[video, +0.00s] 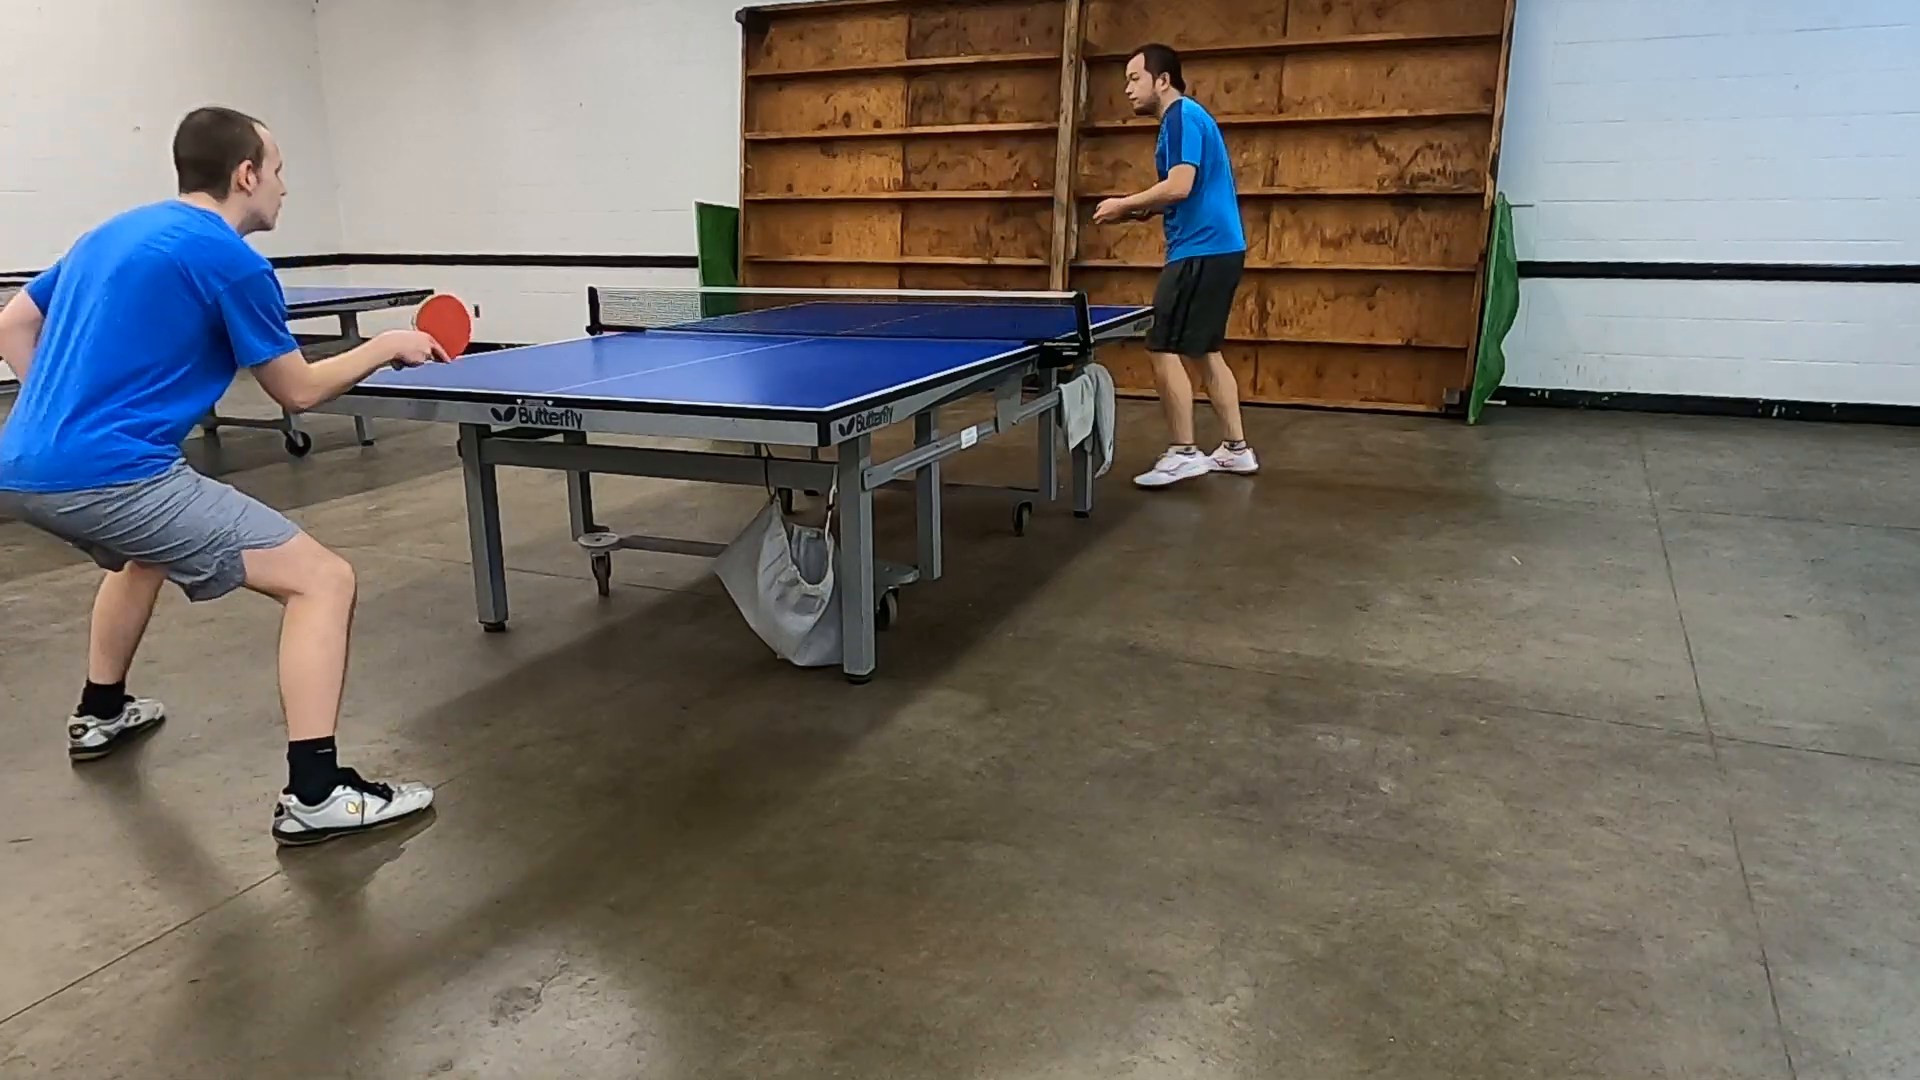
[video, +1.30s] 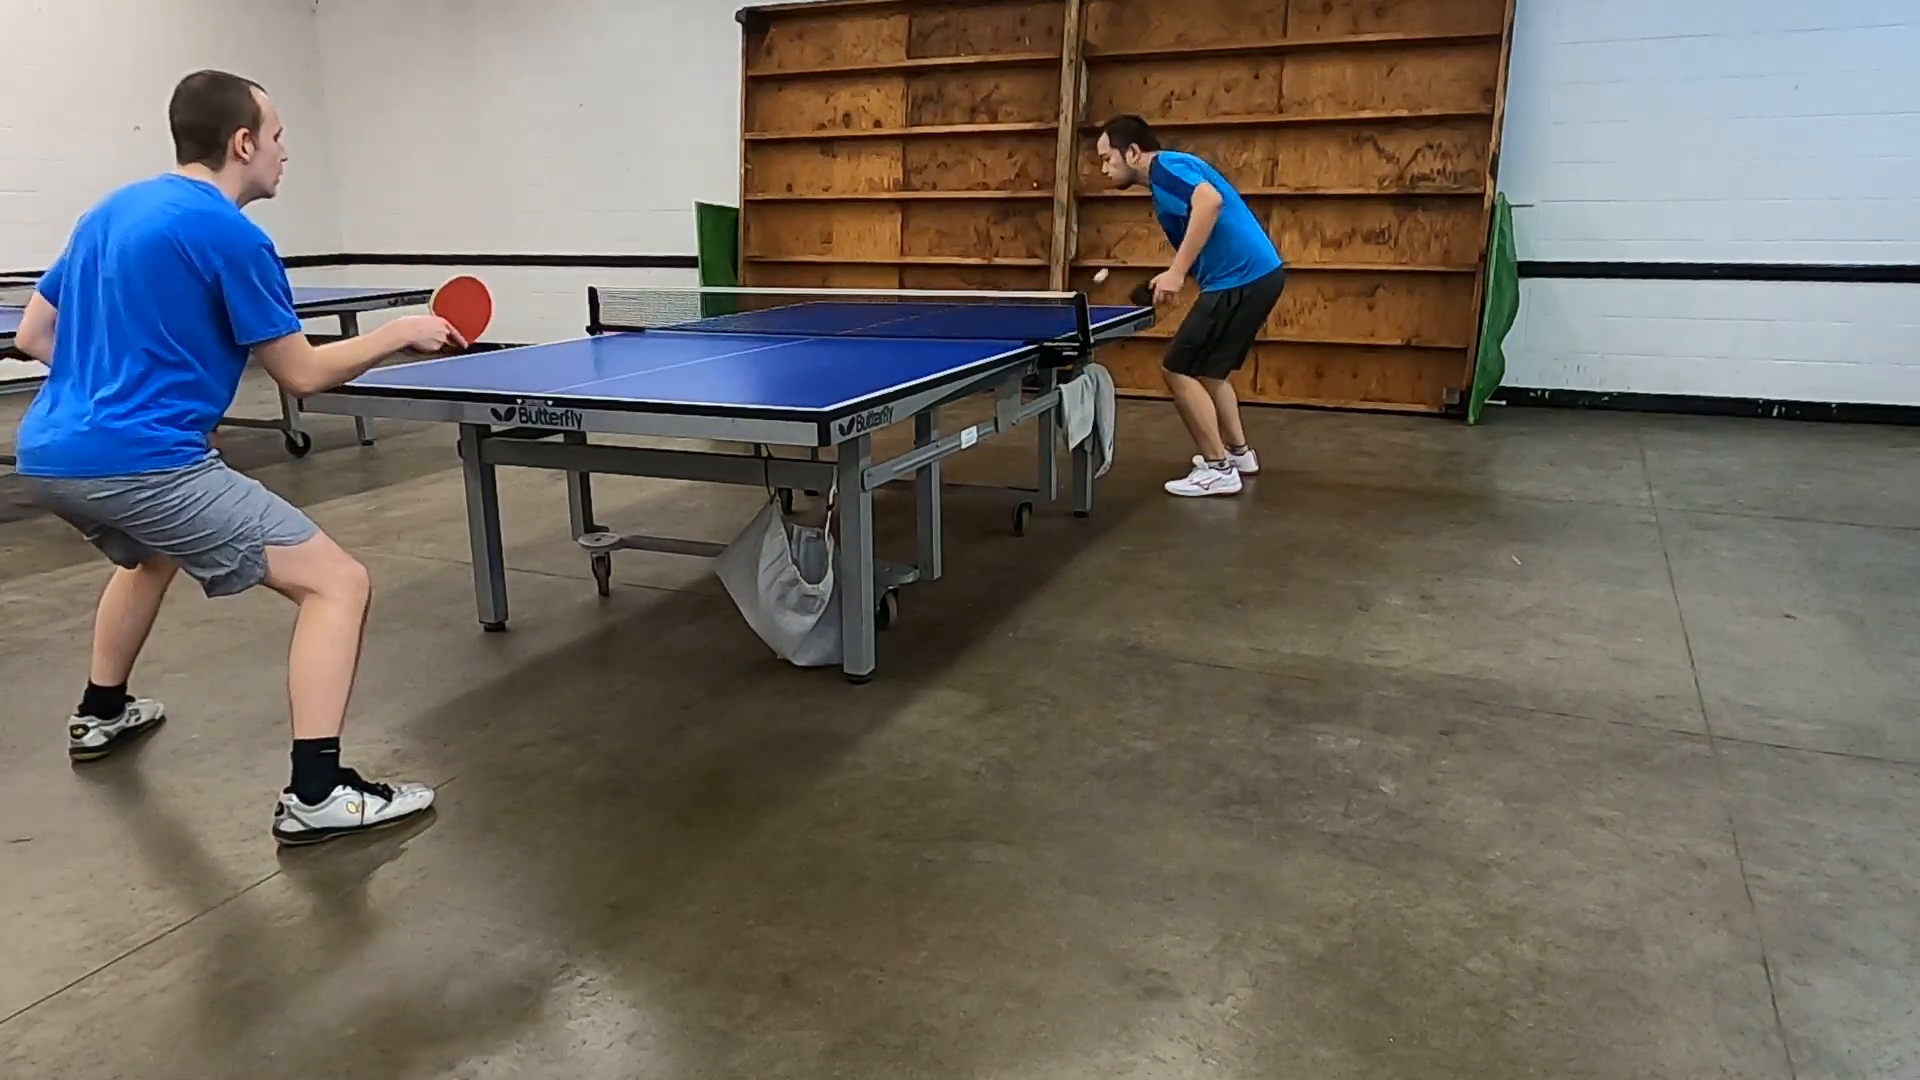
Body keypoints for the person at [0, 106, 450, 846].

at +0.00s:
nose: (281, 186)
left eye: (280, 171)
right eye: (276, 171)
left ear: (191, 175)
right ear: (244, 174)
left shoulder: (115, 233)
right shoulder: (231, 260)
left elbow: (15, 321)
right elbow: (298, 388)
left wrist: (64, 403)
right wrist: (387, 346)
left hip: (25, 470)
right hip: (110, 476)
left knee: (147, 547)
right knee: (324, 581)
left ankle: (100, 711)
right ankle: (317, 790)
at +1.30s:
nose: (281, 150)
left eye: (279, 135)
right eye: (274, 135)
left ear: (194, 144)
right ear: (239, 142)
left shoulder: (108, 212)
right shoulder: (229, 235)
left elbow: (32, 336)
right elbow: (303, 372)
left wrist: (130, 363)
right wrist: (398, 334)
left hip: (52, 455)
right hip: (145, 463)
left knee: (152, 552)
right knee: (339, 584)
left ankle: (101, 712)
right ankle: (316, 790)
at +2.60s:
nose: (277, 98)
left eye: (273, 83)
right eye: (265, 85)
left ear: (212, 93)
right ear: (223, 91)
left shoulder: (142, 163)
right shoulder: (194, 173)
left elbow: (112, 272)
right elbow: (258, 303)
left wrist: (221, 262)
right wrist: (364, 277)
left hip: (159, 369)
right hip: (135, 375)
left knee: (260, 475)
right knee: (225, 536)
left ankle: (206, 614)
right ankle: (148, 725)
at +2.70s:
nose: (247, 108)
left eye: (240, 92)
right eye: (231, 95)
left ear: (181, 109)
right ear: (186, 108)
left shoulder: (137, 179)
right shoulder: (163, 197)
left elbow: (153, 283)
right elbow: (250, 323)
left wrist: (236, 265)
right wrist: (350, 288)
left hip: (154, 395)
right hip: (132, 410)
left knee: (243, 494)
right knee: (238, 568)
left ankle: (196, 631)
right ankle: (149, 746)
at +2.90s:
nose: (145, 36)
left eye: (161, 20)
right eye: (123, 18)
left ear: (180, 28)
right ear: (84, 22)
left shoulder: (151, 122)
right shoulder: (70, 123)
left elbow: (153, 244)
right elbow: (102, 266)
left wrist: (226, 254)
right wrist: (236, 308)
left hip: (169, 361)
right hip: (109, 369)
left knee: (165, 527)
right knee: (192, 544)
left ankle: (172, 648)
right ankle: (141, 741)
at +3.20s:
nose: (39, 45)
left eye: (60, 25)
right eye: (25, 27)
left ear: (109, 25)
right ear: (12, 29)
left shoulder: (167, 118)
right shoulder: (7, 127)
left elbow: (252, 204)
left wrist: (266, 263)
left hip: (165, 381)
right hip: (63, 382)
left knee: (152, 551)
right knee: (105, 575)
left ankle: (124, 673)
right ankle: (91, 783)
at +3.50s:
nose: (178, 7)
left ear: (124, 1)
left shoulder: (165, 78)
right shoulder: (13, 94)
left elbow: (189, 183)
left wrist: (223, 256)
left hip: (188, 379)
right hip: (71, 398)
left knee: (259, 555)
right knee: (78, 594)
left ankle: (225, 712)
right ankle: (88, 784)